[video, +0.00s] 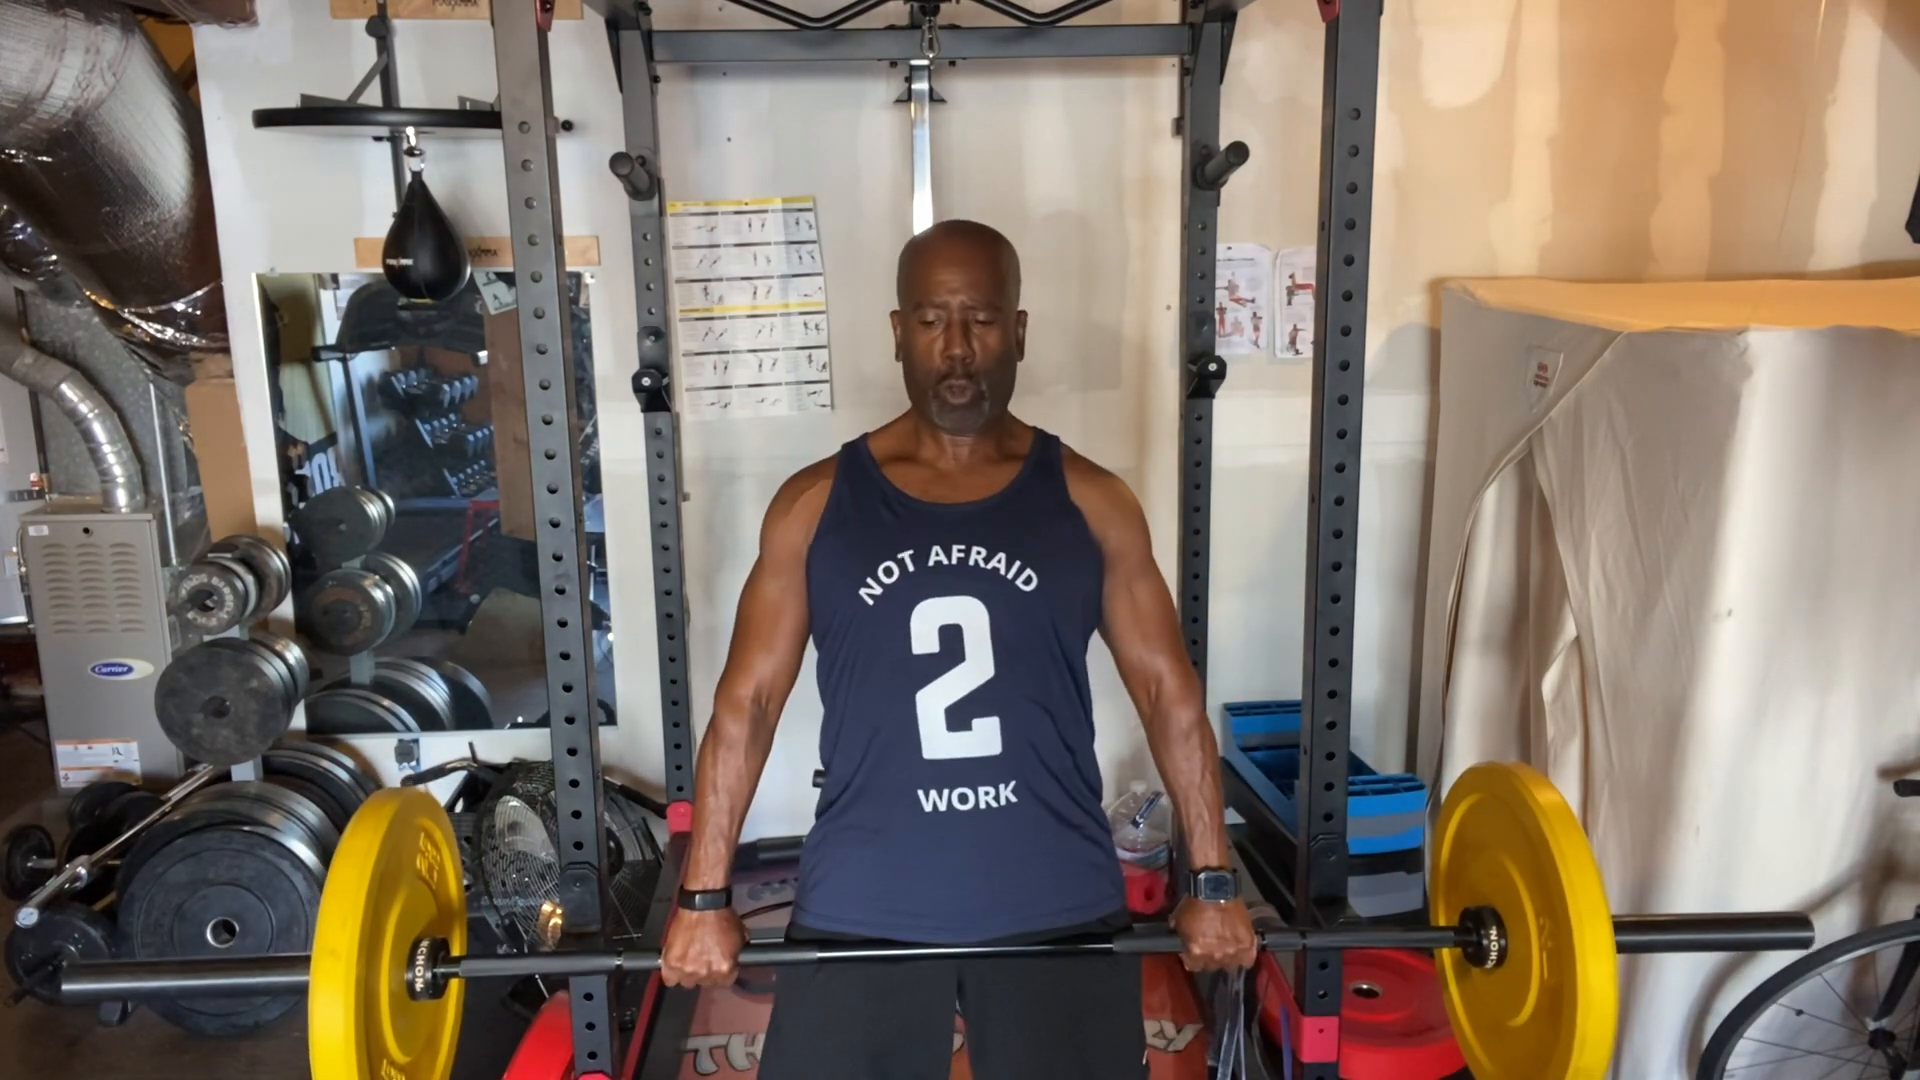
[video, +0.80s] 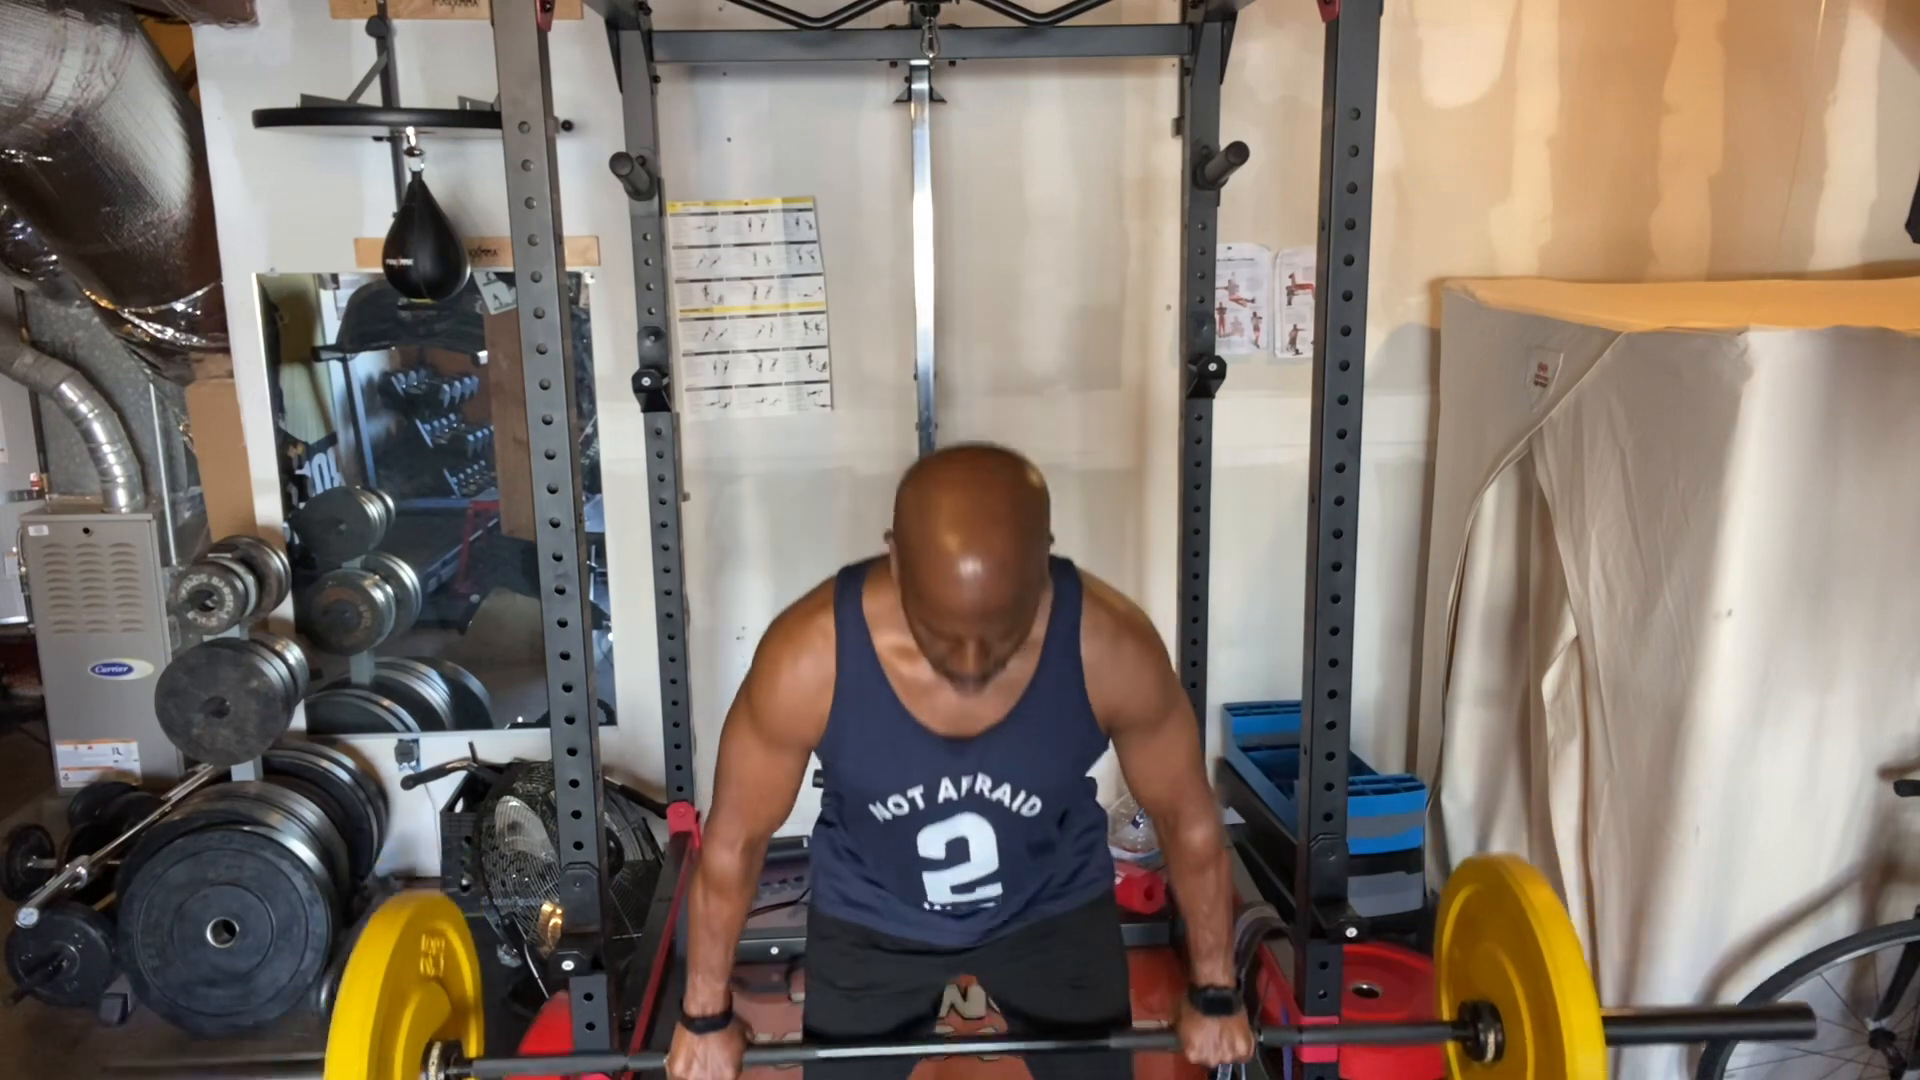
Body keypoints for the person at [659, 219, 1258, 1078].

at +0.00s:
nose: (955, 347)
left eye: (981, 320)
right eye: (930, 321)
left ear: (1018, 333)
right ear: (899, 335)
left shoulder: (1093, 502)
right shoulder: (816, 504)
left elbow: (1167, 689)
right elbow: (747, 703)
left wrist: (1213, 878)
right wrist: (703, 893)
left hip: (1059, 930)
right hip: (860, 933)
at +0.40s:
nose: (950, 434)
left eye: (978, 400)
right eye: (922, 399)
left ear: (1024, 367)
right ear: (888, 365)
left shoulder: (1099, 519)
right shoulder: (809, 523)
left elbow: (1176, 706)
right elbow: (741, 721)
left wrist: (1213, 885)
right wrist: (706, 904)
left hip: (1053, 909)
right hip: (866, 913)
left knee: (1075, 1063)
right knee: (847, 1065)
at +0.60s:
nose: (966, 554)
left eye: (994, 523)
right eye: (936, 522)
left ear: (1037, 460)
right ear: (892, 461)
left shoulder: (1107, 580)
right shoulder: (807, 585)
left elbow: (1185, 753)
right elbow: (735, 775)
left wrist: (1213, 924)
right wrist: (706, 946)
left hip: (1050, 895)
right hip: (872, 899)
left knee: (1093, 1067)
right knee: (841, 1069)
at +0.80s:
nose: (971, 664)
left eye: (999, 637)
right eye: (940, 638)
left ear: (1042, 573)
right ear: (895, 568)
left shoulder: (1112, 650)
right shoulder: (807, 659)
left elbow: (1188, 819)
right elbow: (730, 845)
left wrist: (1215, 988)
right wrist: (704, 1013)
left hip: (1050, 906)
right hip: (872, 912)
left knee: (1092, 1069)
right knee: (846, 1072)